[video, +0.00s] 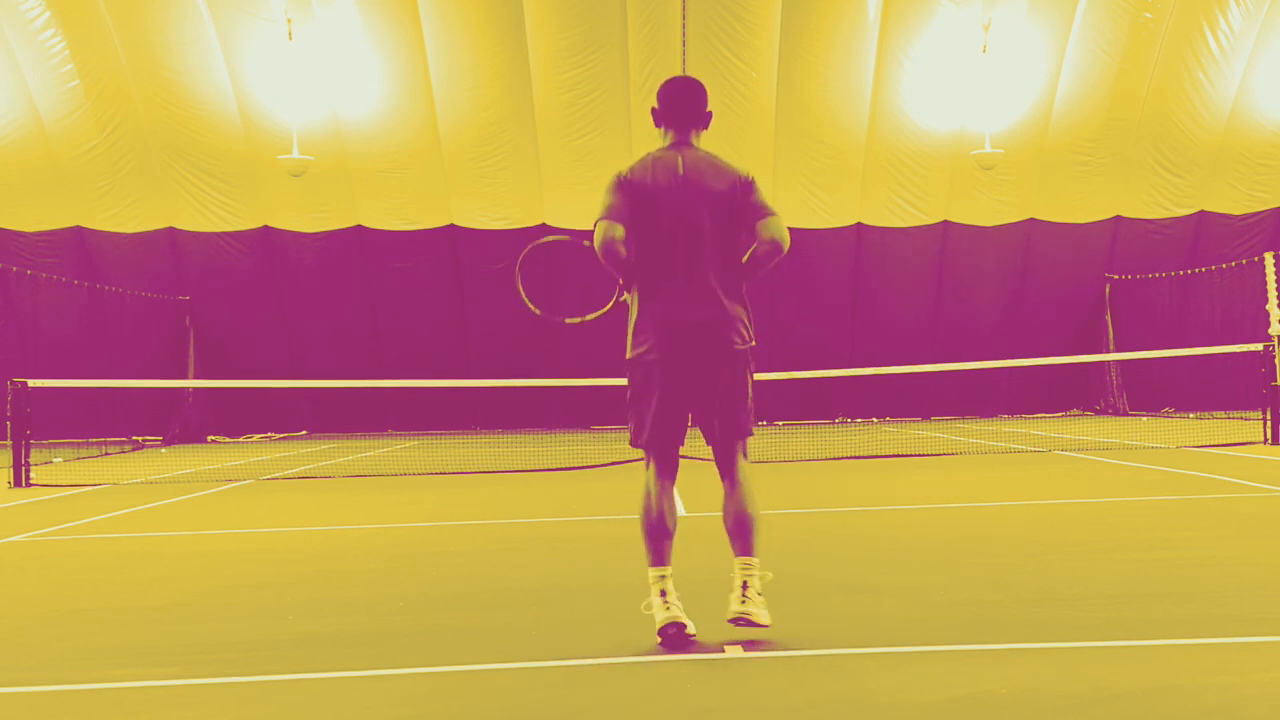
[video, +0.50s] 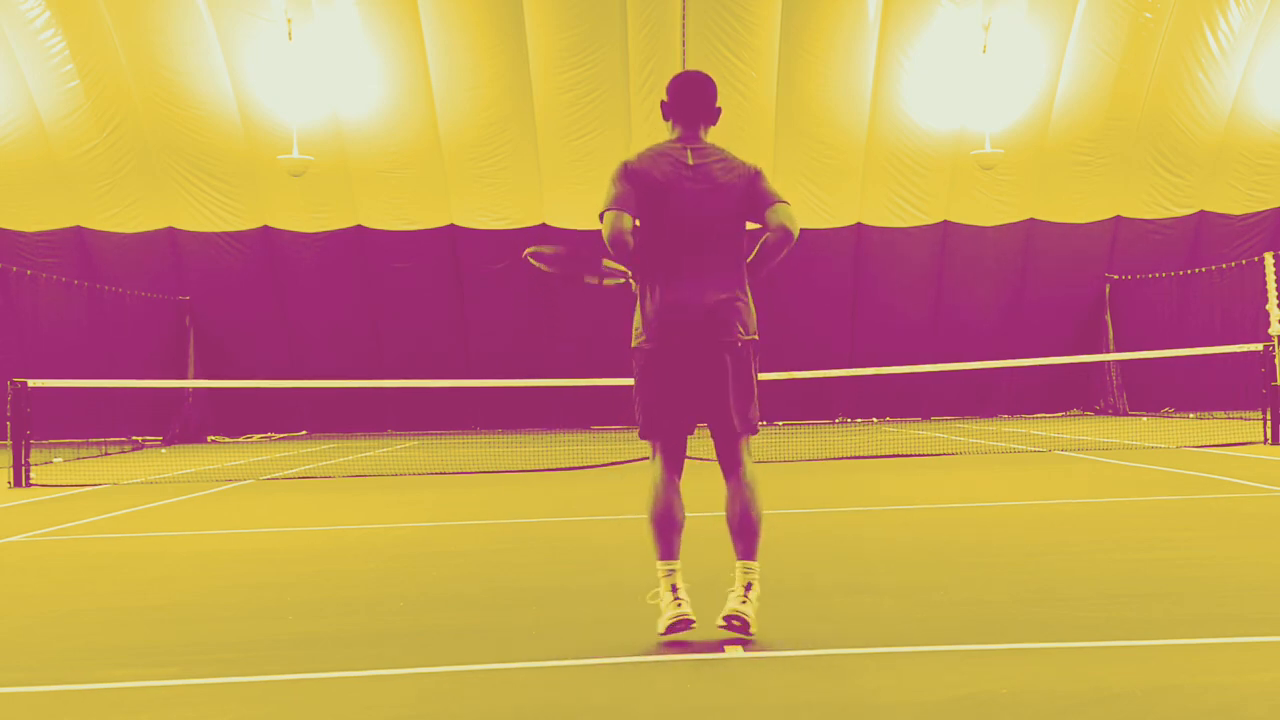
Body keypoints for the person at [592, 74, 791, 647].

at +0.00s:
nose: (674, 128)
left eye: (663, 117)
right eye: (697, 119)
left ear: (656, 120)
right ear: (708, 122)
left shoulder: (631, 179)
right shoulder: (735, 179)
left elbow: (607, 240)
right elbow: (775, 240)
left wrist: (633, 281)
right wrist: (736, 281)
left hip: (658, 339)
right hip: (721, 336)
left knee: (659, 470)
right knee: (733, 463)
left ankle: (664, 601)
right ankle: (747, 591)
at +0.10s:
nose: (679, 129)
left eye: (671, 118)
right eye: (700, 120)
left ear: (664, 119)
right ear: (716, 122)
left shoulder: (641, 175)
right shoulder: (746, 179)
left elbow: (617, 240)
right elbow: (784, 237)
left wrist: (641, 284)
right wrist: (742, 276)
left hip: (661, 335)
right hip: (725, 336)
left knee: (650, 468)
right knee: (724, 468)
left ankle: (643, 599)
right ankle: (728, 599)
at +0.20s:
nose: (692, 153)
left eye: (678, 143)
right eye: (712, 142)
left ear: (672, 143)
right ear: (723, 145)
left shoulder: (648, 202)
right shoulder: (749, 206)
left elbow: (622, 271)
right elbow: (797, 266)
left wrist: (646, 305)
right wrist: (754, 302)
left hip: (664, 361)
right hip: (728, 362)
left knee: (638, 487)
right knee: (721, 491)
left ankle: (615, 615)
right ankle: (726, 616)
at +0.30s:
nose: (702, 158)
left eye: (682, 148)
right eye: (717, 147)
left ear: (675, 148)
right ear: (726, 151)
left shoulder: (649, 207)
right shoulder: (752, 211)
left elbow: (625, 280)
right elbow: (799, 270)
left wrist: (653, 309)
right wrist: (756, 309)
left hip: (664, 369)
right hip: (731, 370)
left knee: (636, 490)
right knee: (716, 497)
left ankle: (616, 614)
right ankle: (725, 615)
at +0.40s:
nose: (673, 124)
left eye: (674, 116)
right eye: (689, 117)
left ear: (673, 120)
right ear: (722, 125)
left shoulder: (647, 179)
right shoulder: (747, 183)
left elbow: (624, 246)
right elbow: (790, 239)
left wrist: (644, 286)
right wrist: (748, 280)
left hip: (664, 339)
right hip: (729, 341)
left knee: (654, 467)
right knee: (726, 473)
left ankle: (649, 598)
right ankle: (730, 604)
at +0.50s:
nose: (680, 121)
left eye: (672, 110)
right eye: (704, 113)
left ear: (665, 113)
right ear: (716, 116)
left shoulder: (637, 168)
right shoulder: (742, 172)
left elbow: (615, 235)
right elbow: (784, 228)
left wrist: (642, 274)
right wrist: (745, 278)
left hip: (663, 328)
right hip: (727, 326)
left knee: (666, 462)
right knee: (736, 461)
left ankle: (672, 593)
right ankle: (745, 591)